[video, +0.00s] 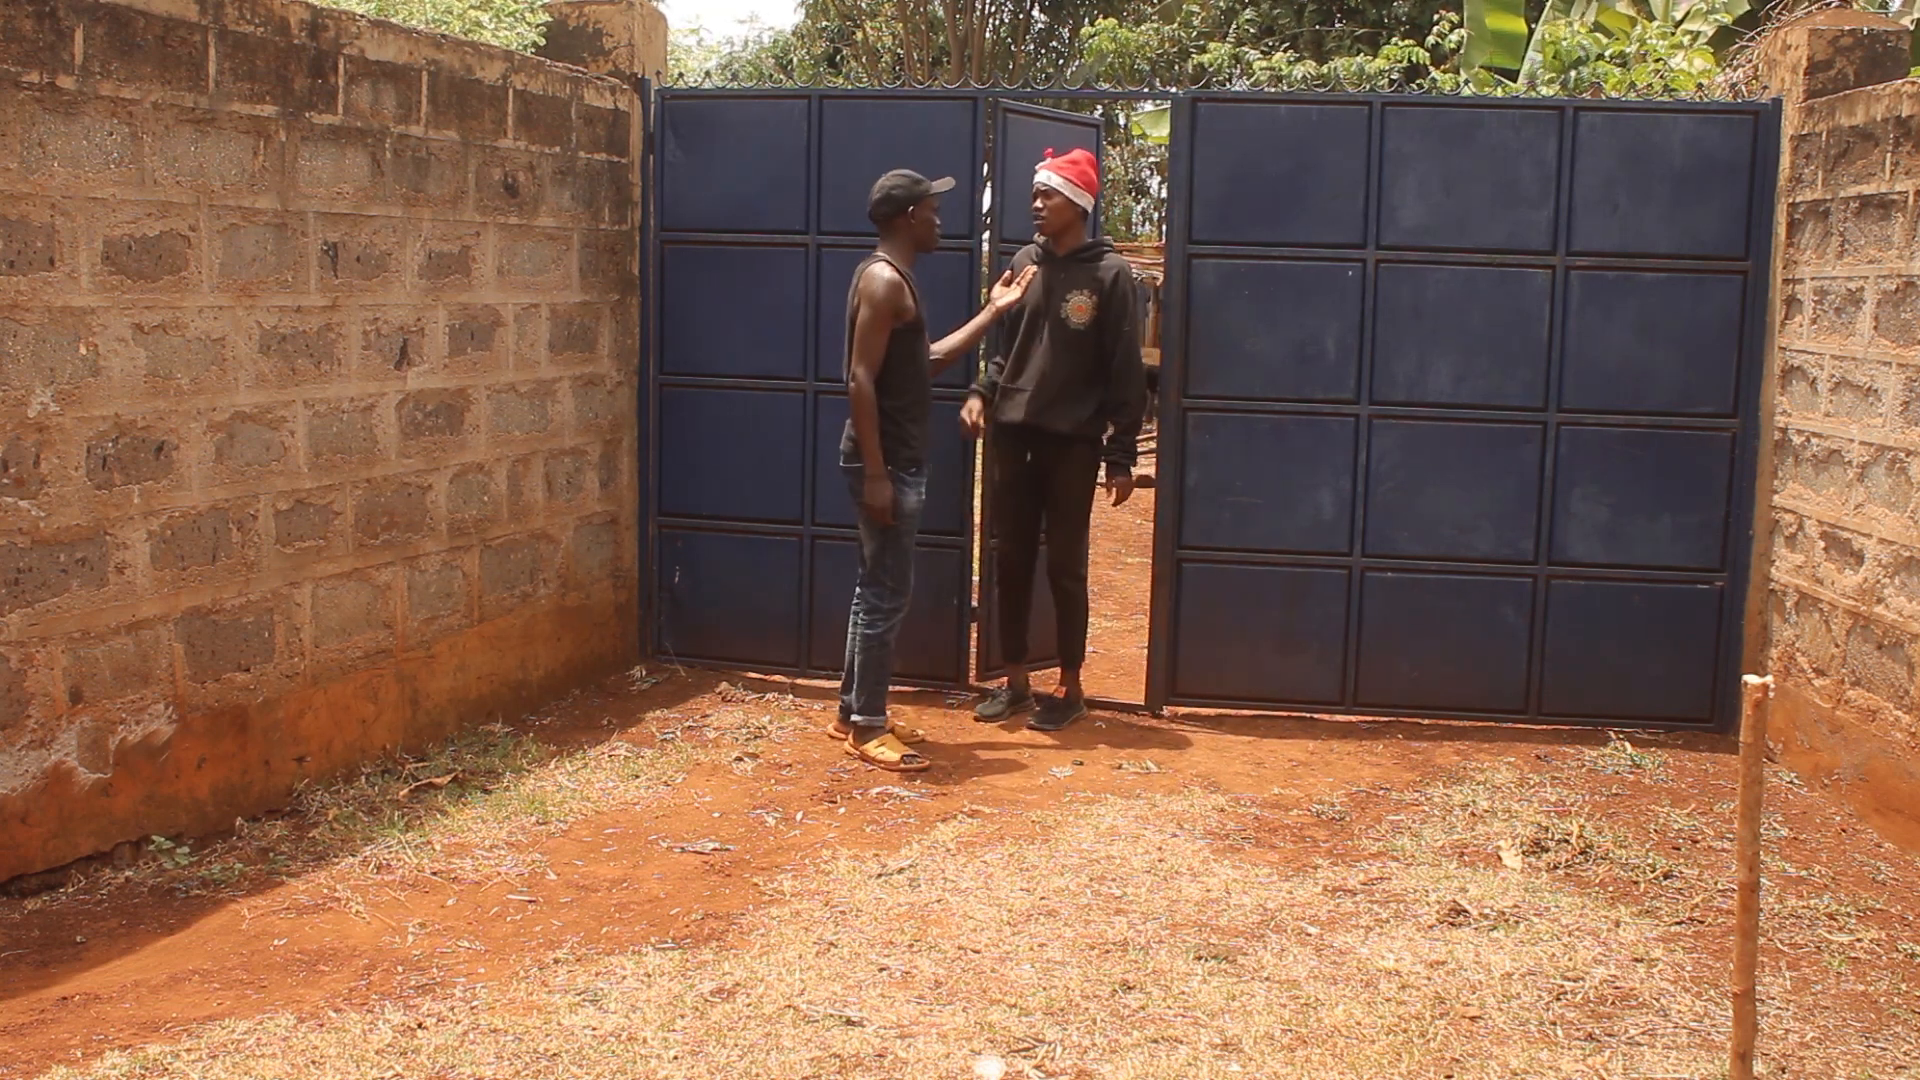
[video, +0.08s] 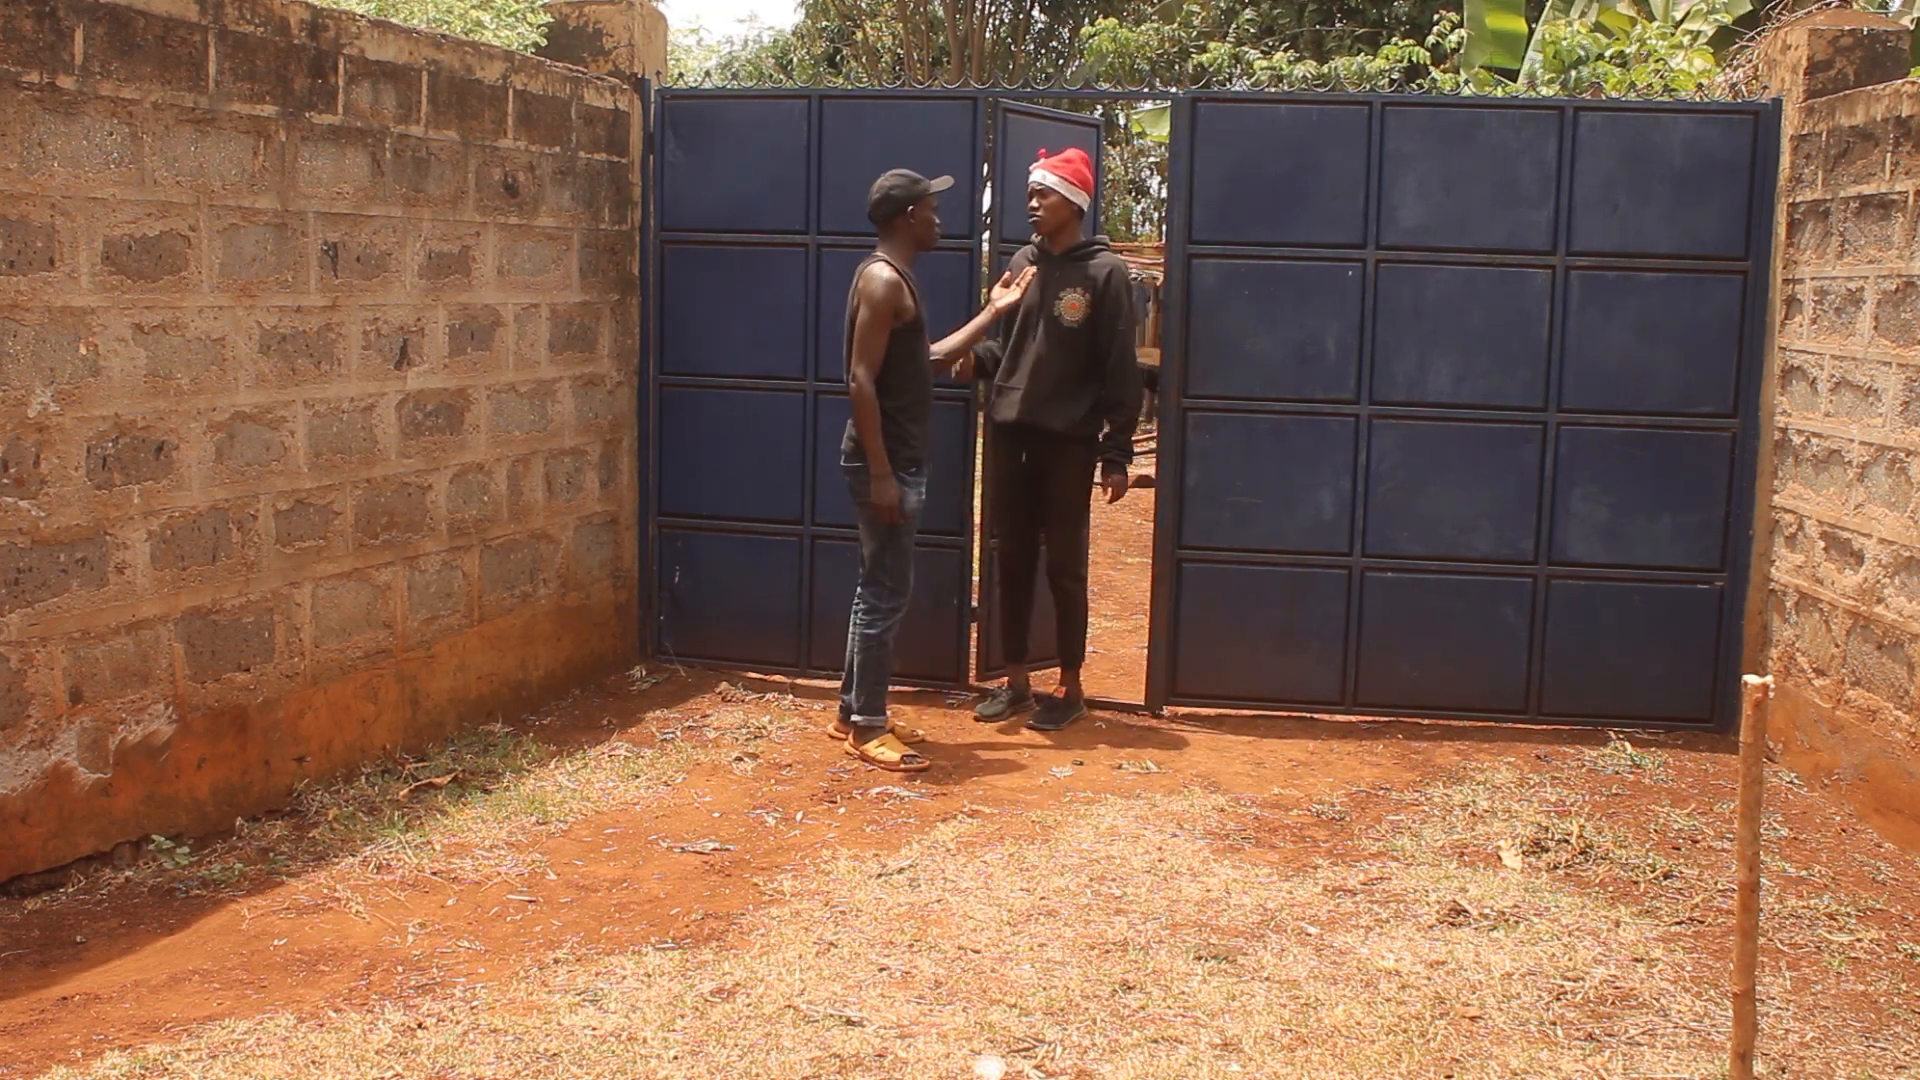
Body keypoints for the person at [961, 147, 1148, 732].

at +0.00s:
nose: (1036, 204)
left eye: (1048, 195)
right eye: (1036, 195)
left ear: (1081, 204)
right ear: (1038, 202)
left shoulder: (1114, 274)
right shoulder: (1023, 266)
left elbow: (1129, 369)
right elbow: (1000, 341)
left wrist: (1121, 454)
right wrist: (979, 392)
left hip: (1072, 440)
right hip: (1010, 435)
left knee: (1065, 565)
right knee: (1009, 560)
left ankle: (1069, 688)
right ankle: (1014, 683)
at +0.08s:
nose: (1032, 204)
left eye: (1044, 195)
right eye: (1031, 195)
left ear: (1075, 203)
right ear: (1036, 202)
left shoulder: (1107, 271)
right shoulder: (1021, 266)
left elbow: (1124, 369)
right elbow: (1002, 345)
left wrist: (1118, 453)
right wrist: (970, 358)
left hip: (1068, 438)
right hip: (1007, 433)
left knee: (1065, 564)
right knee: (1010, 558)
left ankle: (1069, 687)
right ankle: (1014, 681)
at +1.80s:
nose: (1097, 217)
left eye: (1111, 209)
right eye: (1095, 206)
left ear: (1138, 218)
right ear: (1088, 211)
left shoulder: (1151, 277)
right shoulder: (1070, 263)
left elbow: (1187, 368)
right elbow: (1021, 329)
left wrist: (1205, 454)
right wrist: (973, 385)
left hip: (1112, 433)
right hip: (1053, 424)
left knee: (1085, 559)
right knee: (1009, 534)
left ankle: (1073, 690)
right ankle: (1050, 641)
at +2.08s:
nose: (1098, 221)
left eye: (1111, 215)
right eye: (1096, 212)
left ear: (1138, 226)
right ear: (1092, 219)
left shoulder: (1145, 281)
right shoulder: (1084, 268)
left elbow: (1186, 364)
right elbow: (1040, 332)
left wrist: (1195, 452)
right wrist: (990, 386)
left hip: (1121, 438)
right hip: (1073, 432)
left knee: (1080, 557)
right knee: (1051, 556)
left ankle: (1070, 693)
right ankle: (1109, 657)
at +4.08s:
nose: (1088, 223)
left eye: (1102, 216)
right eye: (1086, 212)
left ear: (1128, 230)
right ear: (1079, 218)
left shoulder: (1148, 291)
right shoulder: (1062, 269)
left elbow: (1181, 376)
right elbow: (1036, 341)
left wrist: (1172, 455)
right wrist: (997, 395)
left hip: (1110, 451)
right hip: (1054, 444)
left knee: (1081, 569)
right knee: (1043, 565)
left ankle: (1074, 693)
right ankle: (1099, 648)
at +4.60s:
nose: (1093, 208)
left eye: (1105, 199)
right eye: (1088, 198)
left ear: (1133, 207)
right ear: (1082, 204)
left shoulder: (1157, 280)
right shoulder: (1058, 256)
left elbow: (1168, 374)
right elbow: (1007, 305)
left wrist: (1166, 456)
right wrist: (1005, 318)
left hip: (1100, 441)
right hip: (1036, 430)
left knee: (1085, 565)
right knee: (1008, 555)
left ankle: (1076, 688)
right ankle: (1021, 671)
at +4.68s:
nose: (1088, 209)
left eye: (1099, 199)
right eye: (1082, 200)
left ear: (1128, 204)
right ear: (1075, 205)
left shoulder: (1153, 277)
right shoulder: (1051, 258)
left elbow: (1166, 370)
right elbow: (993, 313)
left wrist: (1166, 454)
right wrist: (1004, 259)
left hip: (1099, 440)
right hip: (1034, 431)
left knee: (1086, 567)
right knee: (1015, 559)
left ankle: (1076, 688)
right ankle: (1001, 685)